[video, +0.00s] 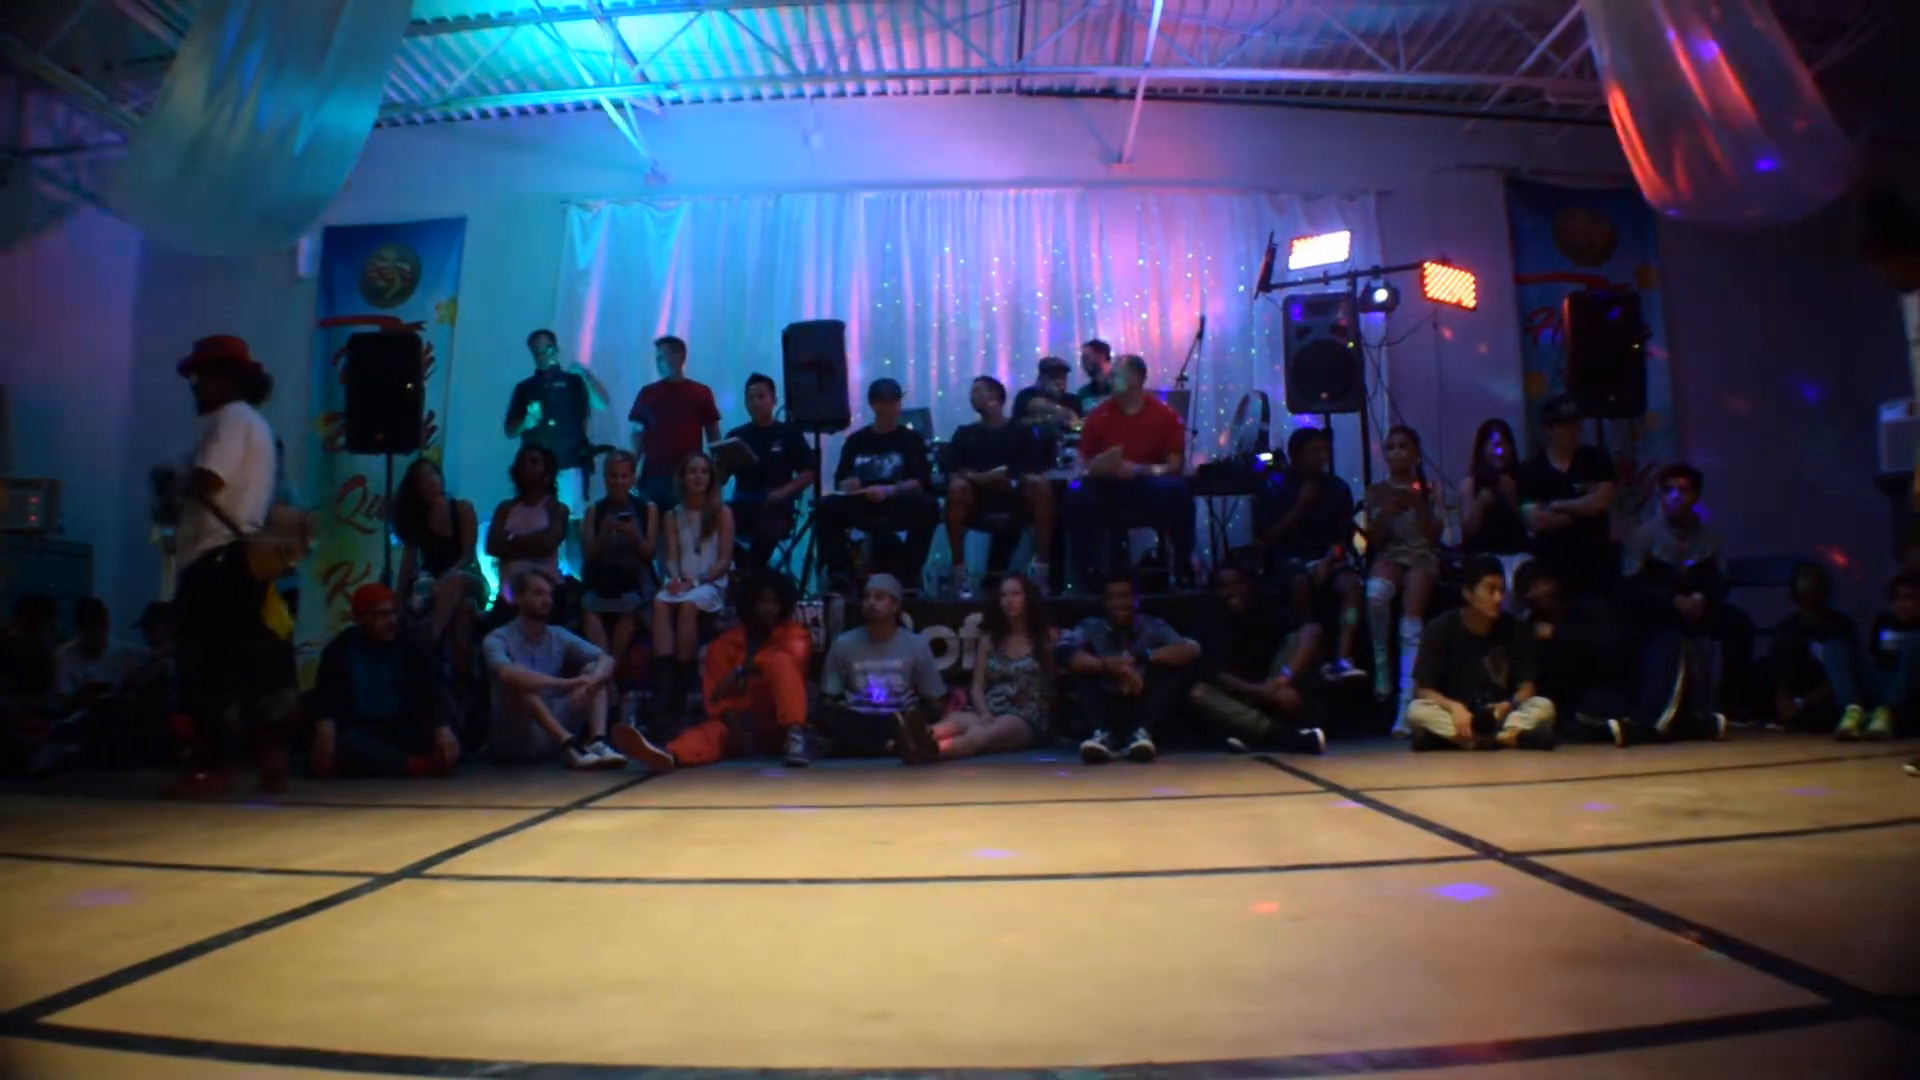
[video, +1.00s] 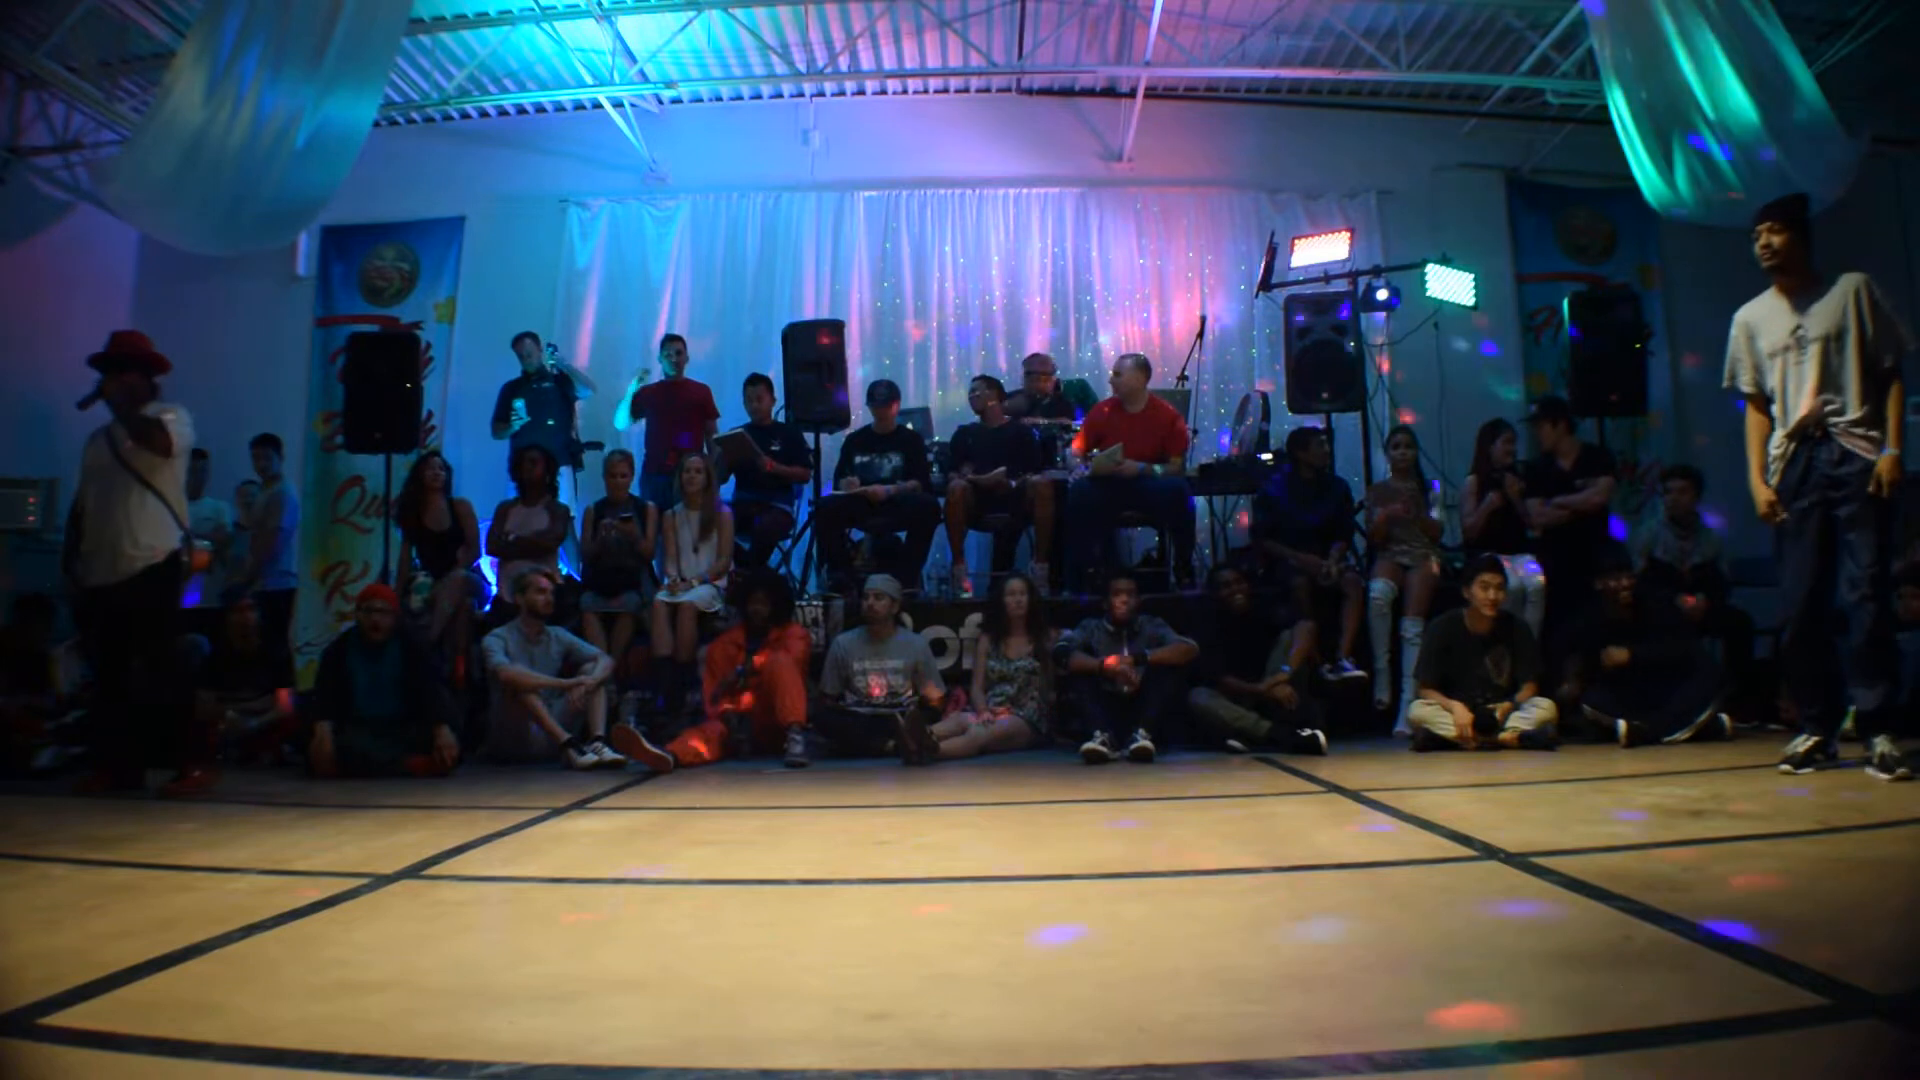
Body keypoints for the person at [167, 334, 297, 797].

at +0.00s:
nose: (196, 388)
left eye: (203, 379)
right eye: (196, 380)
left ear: (224, 380)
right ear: (238, 381)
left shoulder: (233, 419)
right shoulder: (254, 424)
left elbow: (210, 481)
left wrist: (174, 481)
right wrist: (183, 486)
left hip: (216, 564)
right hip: (237, 561)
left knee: (204, 668)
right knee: (242, 665)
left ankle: (208, 764)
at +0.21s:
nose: (179, 389)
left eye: (186, 380)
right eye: (179, 381)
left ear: (211, 381)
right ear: (201, 384)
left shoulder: (232, 422)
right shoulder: (205, 428)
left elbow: (197, 476)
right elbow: (184, 501)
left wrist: (167, 442)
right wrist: (164, 549)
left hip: (214, 564)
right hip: (189, 567)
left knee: (202, 667)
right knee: (191, 667)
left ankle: (210, 762)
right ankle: (202, 760)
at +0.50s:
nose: (160, 385)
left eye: (169, 376)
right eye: (159, 377)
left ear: (194, 378)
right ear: (165, 381)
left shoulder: (217, 418)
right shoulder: (165, 427)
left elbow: (185, 453)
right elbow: (157, 510)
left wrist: (156, 410)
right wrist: (132, 566)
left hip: (200, 566)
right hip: (158, 571)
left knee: (198, 672)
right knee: (144, 674)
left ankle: (208, 766)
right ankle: (133, 765)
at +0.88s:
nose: (116, 382)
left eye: (125, 374)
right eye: (113, 374)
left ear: (152, 378)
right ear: (117, 384)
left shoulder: (182, 418)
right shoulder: (114, 436)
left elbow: (163, 444)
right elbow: (100, 506)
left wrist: (125, 404)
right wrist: (86, 563)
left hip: (162, 571)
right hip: (113, 577)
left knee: (168, 673)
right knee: (114, 679)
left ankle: (200, 764)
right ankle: (117, 769)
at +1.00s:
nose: (107, 386)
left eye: (115, 377)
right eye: (106, 378)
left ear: (142, 379)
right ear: (107, 385)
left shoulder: (172, 417)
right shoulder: (99, 440)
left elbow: (163, 443)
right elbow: (83, 507)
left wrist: (117, 405)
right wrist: (72, 561)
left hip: (154, 570)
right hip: (103, 576)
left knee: (158, 672)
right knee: (110, 678)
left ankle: (183, 762)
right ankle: (115, 766)